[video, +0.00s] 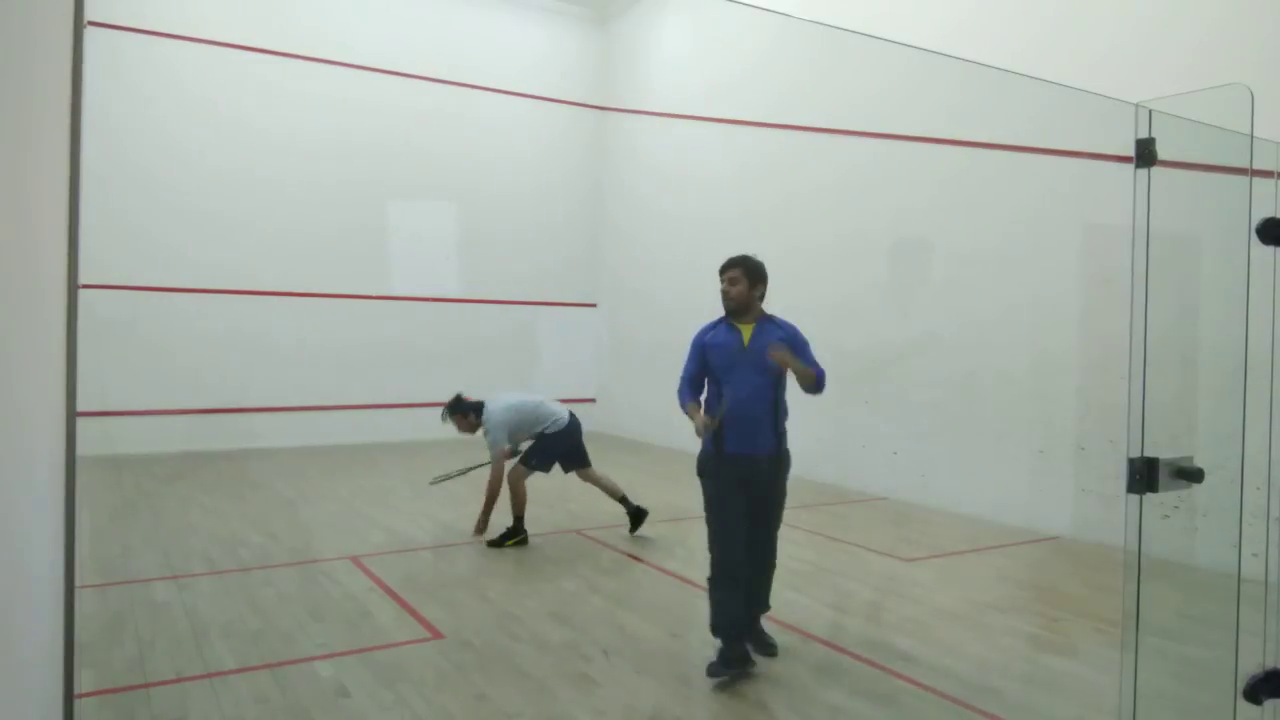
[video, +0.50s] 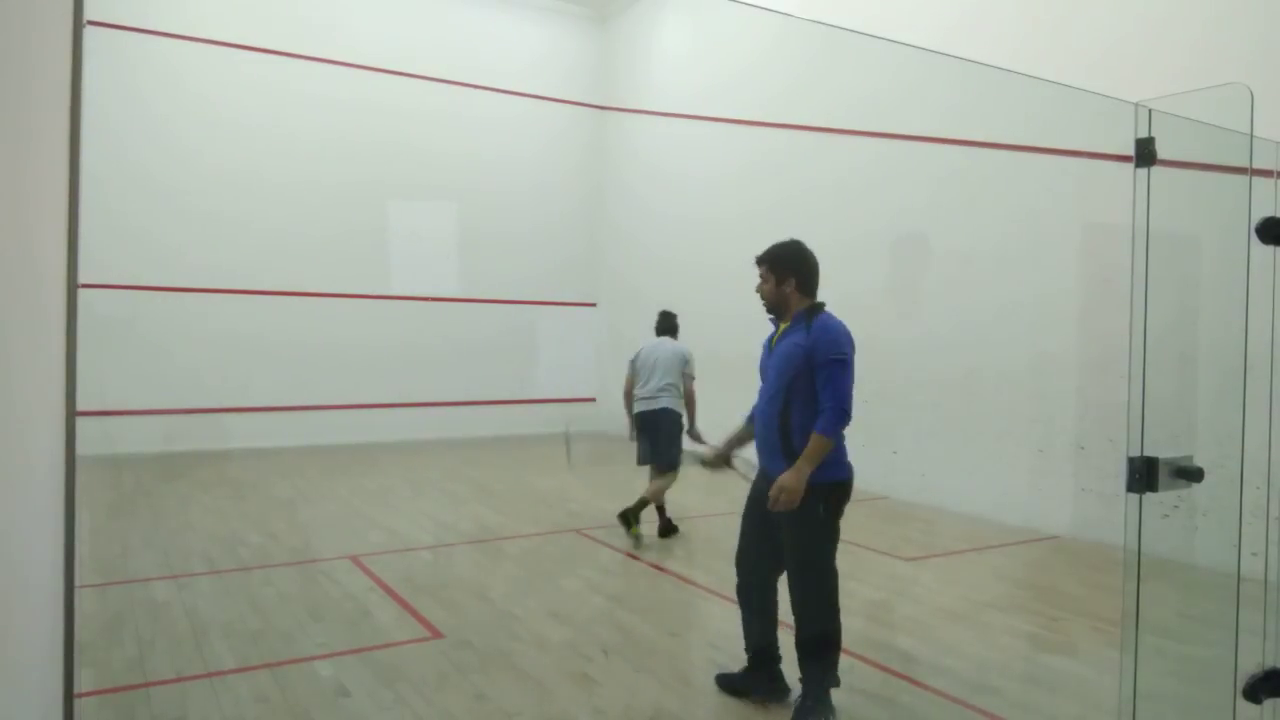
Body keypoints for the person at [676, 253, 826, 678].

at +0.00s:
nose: (725, 290)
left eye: (733, 283)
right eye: (723, 283)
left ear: (758, 287)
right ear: (722, 289)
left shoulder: (785, 335)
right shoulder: (708, 338)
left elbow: (816, 383)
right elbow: (688, 389)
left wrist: (795, 364)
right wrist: (698, 416)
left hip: (768, 459)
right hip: (721, 458)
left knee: (762, 545)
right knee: (727, 548)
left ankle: (751, 620)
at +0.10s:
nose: (719, 290)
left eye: (727, 282)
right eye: (718, 283)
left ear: (755, 287)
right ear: (722, 289)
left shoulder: (788, 336)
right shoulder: (707, 340)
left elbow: (813, 391)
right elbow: (691, 395)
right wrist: (698, 437)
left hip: (774, 466)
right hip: (720, 467)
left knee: (785, 556)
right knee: (726, 563)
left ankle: (762, 609)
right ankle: (739, 653)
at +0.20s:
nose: (722, 287)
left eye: (729, 279)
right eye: (721, 280)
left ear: (758, 283)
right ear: (739, 286)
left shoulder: (796, 335)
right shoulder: (715, 337)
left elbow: (816, 397)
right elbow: (701, 393)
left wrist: (816, 455)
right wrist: (687, 427)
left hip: (775, 470)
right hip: (722, 469)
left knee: (783, 560)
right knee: (726, 564)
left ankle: (803, 640)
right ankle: (740, 654)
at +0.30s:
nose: (730, 287)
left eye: (738, 279)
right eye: (731, 279)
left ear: (766, 283)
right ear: (756, 284)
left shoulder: (808, 337)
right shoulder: (735, 338)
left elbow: (832, 404)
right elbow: (715, 395)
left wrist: (825, 467)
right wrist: (684, 410)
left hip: (781, 479)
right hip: (732, 474)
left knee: (792, 581)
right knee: (731, 570)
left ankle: (811, 684)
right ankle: (742, 656)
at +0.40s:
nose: (751, 285)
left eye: (757, 277)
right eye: (754, 276)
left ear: (778, 282)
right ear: (779, 282)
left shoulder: (823, 336)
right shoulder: (762, 337)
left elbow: (839, 408)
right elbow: (748, 397)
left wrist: (813, 466)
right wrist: (708, 402)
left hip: (805, 481)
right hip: (761, 477)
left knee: (808, 584)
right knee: (742, 567)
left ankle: (815, 687)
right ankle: (748, 657)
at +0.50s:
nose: (758, 289)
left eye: (764, 279)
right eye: (759, 280)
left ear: (790, 282)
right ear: (787, 283)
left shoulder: (829, 336)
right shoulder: (777, 337)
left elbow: (836, 414)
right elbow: (769, 404)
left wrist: (800, 471)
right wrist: (729, 445)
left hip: (815, 483)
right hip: (772, 477)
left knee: (812, 585)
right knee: (753, 571)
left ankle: (816, 691)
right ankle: (763, 671)